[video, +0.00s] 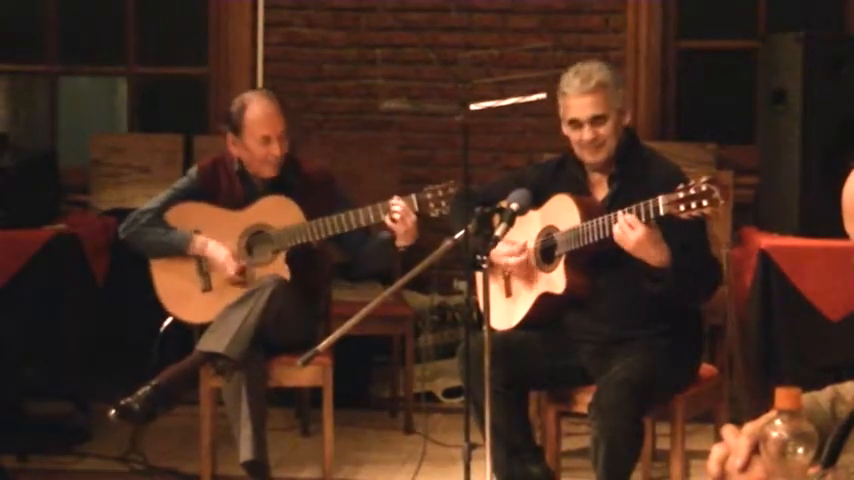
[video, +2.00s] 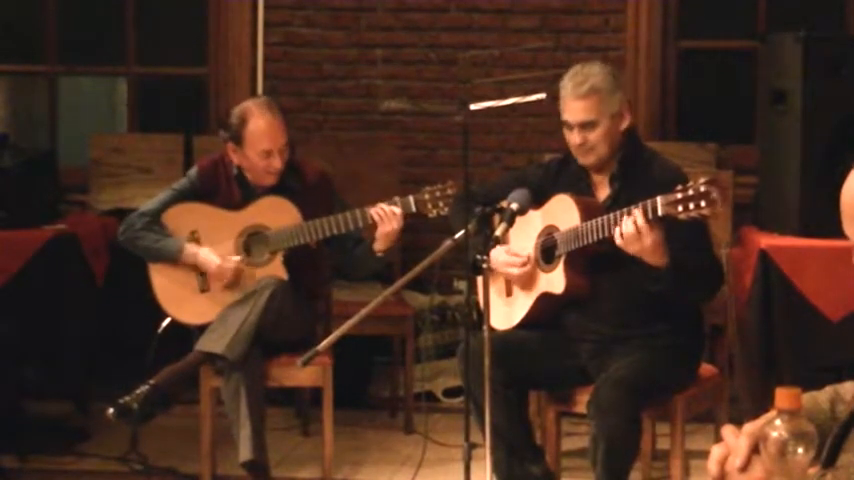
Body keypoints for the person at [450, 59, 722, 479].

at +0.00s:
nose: (588, 135)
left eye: (599, 121)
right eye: (575, 125)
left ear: (624, 116)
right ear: (562, 125)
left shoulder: (663, 183)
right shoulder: (554, 177)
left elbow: (705, 281)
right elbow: (466, 205)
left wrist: (663, 258)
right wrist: (486, 246)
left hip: (652, 341)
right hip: (573, 336)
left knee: (615, 399)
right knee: (487, 354)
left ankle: (611, 474)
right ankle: (523, 472)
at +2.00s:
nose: (577, 139)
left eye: (589, 126)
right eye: (568, 128)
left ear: (623, 119)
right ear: (561, 124)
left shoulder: (665, 184)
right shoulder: (557, 176)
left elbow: (706, 281)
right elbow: (467, 205)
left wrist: (661, 260)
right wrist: (486, 250)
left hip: (653, 342)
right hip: (573, 336)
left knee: (613, 394)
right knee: (484, 353)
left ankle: (609, 473)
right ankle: (524, 471)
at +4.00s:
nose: (585, 138)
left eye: (597, 125)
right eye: (573, 127)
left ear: (624, 117)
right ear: (563, 124)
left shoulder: (666, 183)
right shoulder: (557, 177)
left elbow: (705, 284)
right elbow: (467, 202)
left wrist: (662, 259)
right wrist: (489, 249)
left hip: (652, 344)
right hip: (572, 338)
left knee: (613, 404)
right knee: (484, 352)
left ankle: (613, 474)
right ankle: (525, 471)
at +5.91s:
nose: (609, 152)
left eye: (620, 134)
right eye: (595, 139)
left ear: (654, 115)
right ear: (583, 133)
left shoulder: (708, 186)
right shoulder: (577, 181)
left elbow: (751, 312)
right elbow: (474, 211)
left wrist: (700, 284)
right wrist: (497, 271)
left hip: (692, 375)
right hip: (597, 367)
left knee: (651, 445)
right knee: (494, 390)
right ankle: (522, 474)